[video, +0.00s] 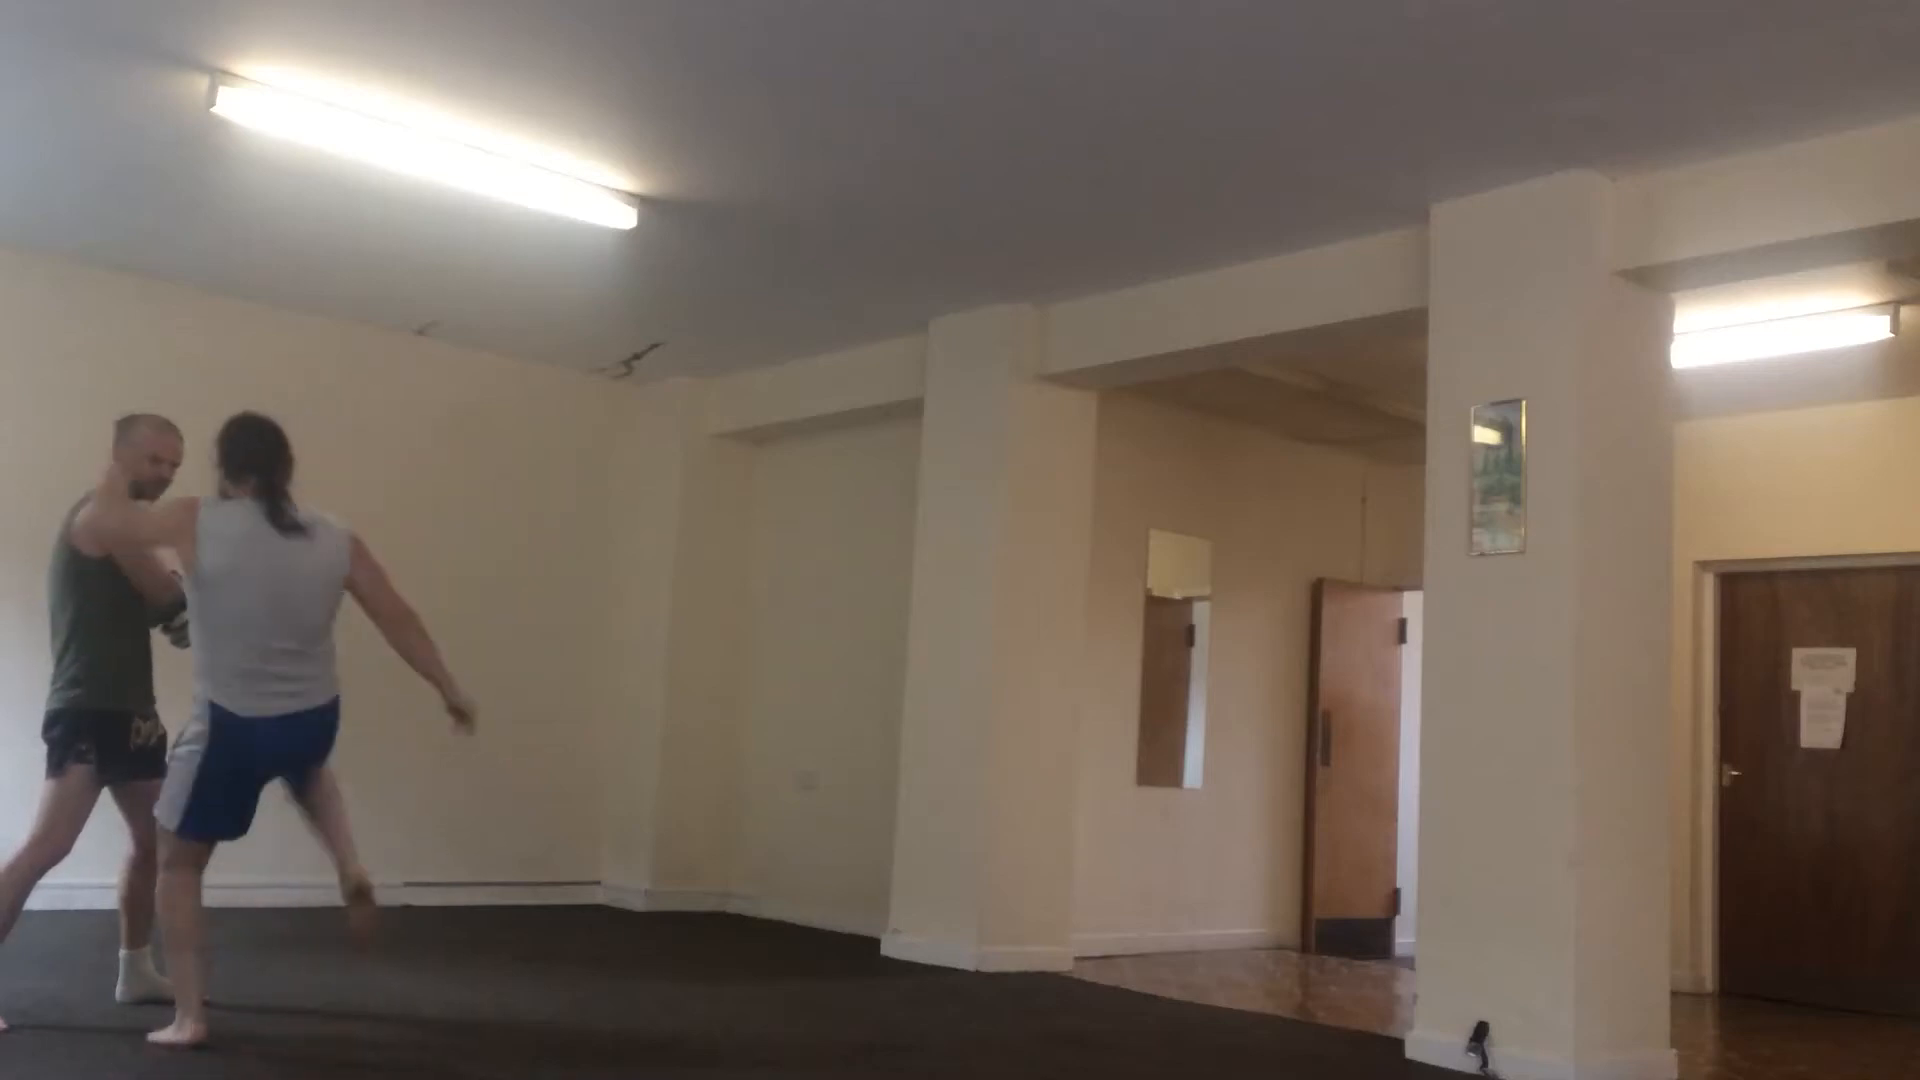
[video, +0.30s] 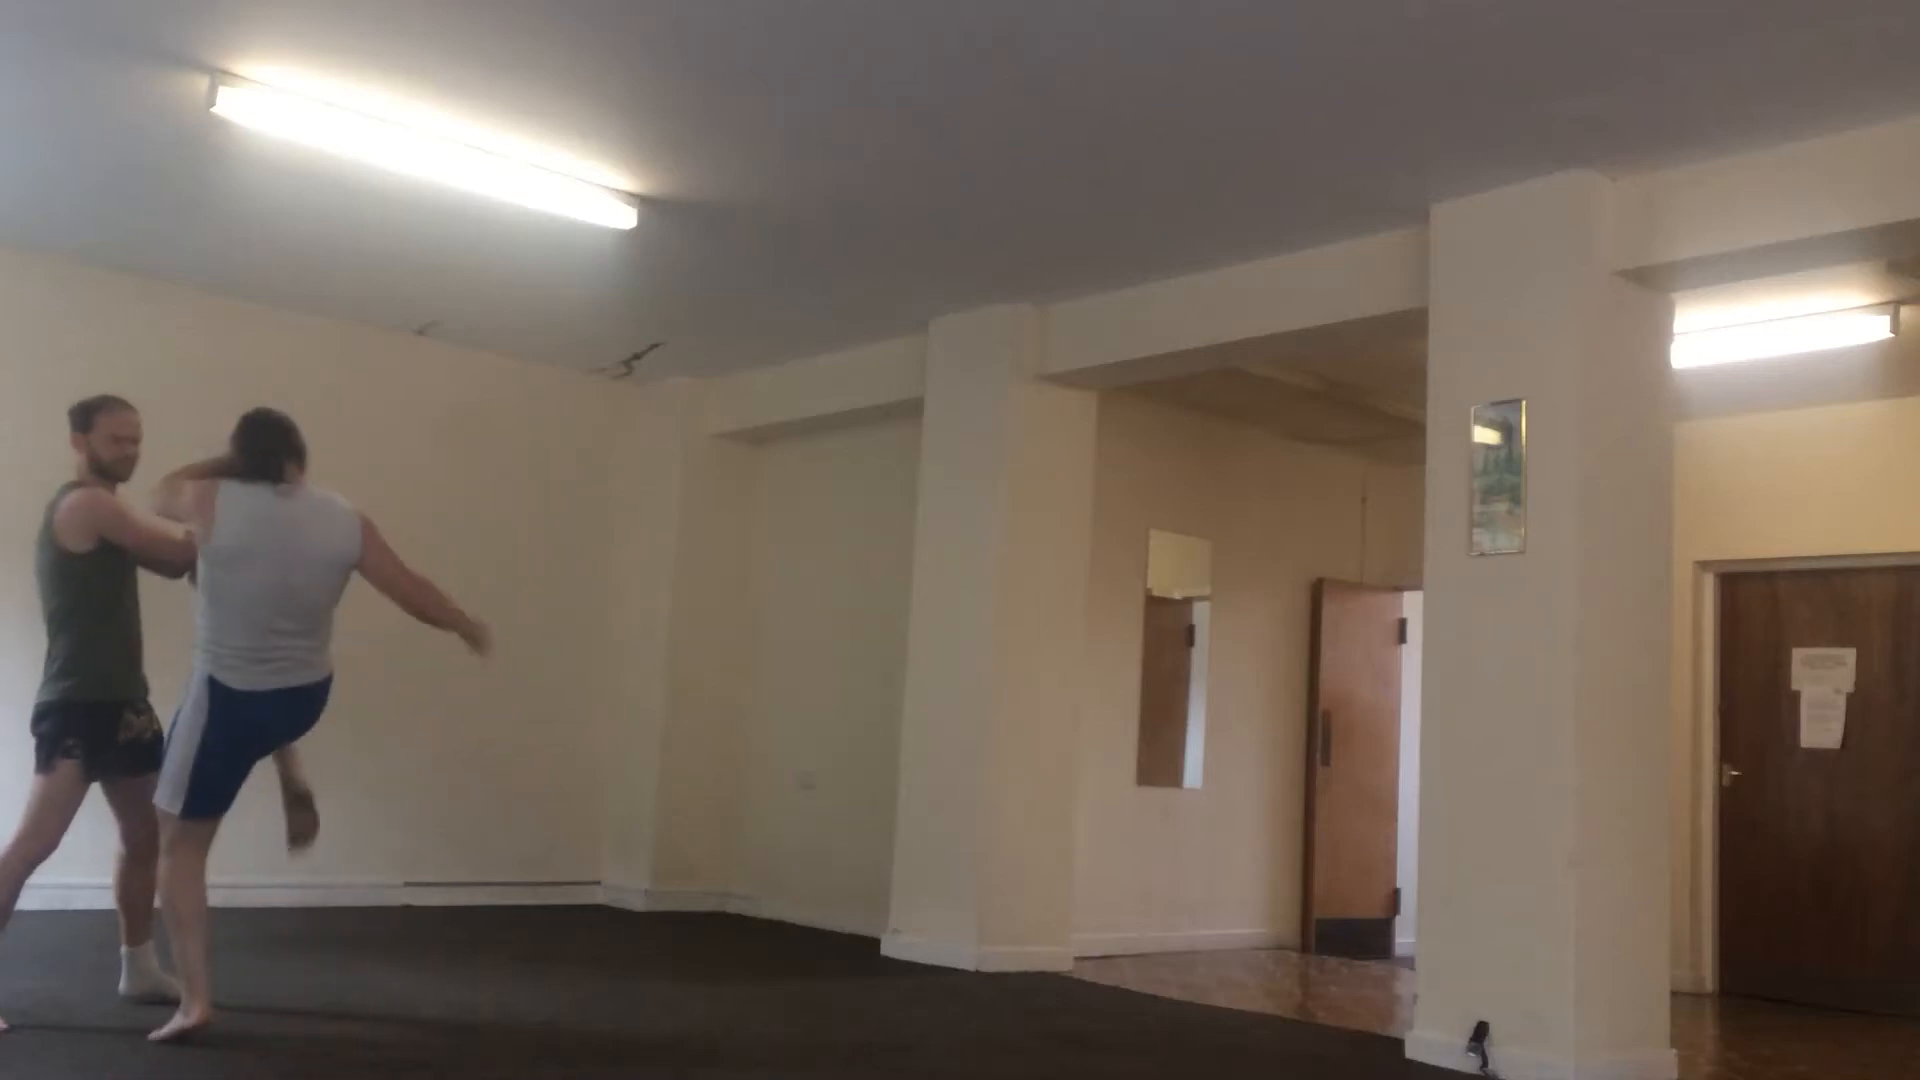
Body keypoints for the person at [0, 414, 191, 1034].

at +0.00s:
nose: (164, 477)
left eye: (172, 468)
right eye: (155, 462)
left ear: (171, 468)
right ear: (120, 455)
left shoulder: (137, 527)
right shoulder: (94, 517)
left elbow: (171, 610)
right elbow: (167, 595)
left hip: (131, 709)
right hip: (86, 708)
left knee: (153, 841)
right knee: (48, 844)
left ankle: (136, 970)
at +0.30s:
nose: (133, 451)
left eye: (136, 441)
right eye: (121, 441)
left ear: (125, 445)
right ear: (82, 443)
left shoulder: (103, 507)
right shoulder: (83, 505)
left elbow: (174, 563)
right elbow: (183, 552)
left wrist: (181, 522)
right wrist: (189, 522)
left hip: (122, 702)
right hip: (77, 705)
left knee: (143, 839)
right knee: (31, 845)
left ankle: (139, 967)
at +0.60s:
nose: (134, 465)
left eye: (142, 454)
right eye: (124, 452)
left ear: (142, 455)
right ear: (88, 445)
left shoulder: (118, 522)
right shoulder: (48, 507)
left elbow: (141, 608)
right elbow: (77, 588)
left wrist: (209, 601)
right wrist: (142, 580)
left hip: (119, 697)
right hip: (55, 696)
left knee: (142, 835)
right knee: (13, 836)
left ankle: (107, 967)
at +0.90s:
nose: (149, 478)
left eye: (162, 471)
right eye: (143, 467)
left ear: (165, 476)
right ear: (117, 462)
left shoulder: (164, 523)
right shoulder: (71, 509)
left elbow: (220, 530)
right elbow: (87, 511)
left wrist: (239, 488)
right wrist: (119, 445)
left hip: (148, 699)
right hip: (75, 694)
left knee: (128, 844)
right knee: (29, 841)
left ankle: (104, 970)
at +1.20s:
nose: (185, 478)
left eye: (196, 469)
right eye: (176, 466)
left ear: (206, 469)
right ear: (152, 457)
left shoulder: (207, 524)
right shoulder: (120, 510)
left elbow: (276, 577)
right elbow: (56, 547)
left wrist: (257, 509)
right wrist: (91, 467)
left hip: (165, 698)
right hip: (95, 687)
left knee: (138, 843)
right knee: (79, 826)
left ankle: (103, 974)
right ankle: (37, 978)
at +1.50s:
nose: (229, 487)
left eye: (241, 480)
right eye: (222, 473)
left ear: (246, 486)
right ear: (192, 466)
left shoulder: (228, 552)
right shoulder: (132, 521)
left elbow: (230, 635)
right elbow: (53, 552)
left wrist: (248, 659)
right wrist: (27, 523)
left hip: (182, 718)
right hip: (117, 707)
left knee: (145, 854)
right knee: (107, 843)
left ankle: (106, 973)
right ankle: (79, 997)